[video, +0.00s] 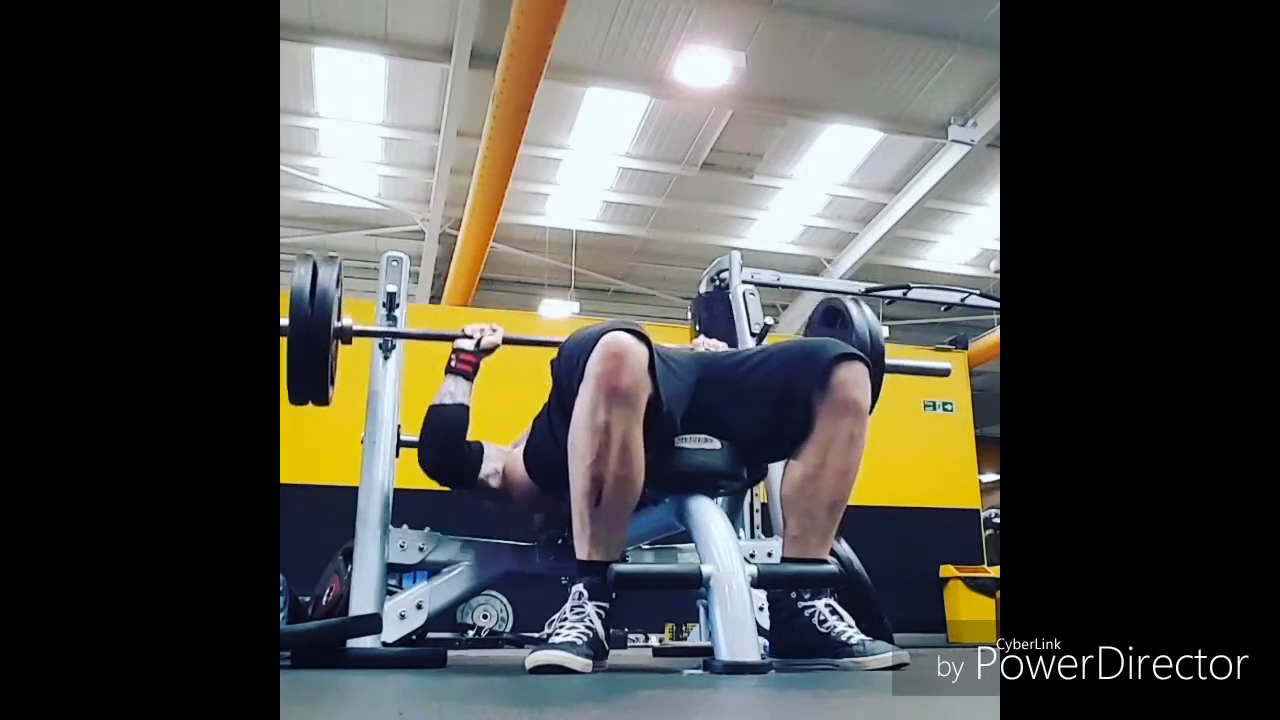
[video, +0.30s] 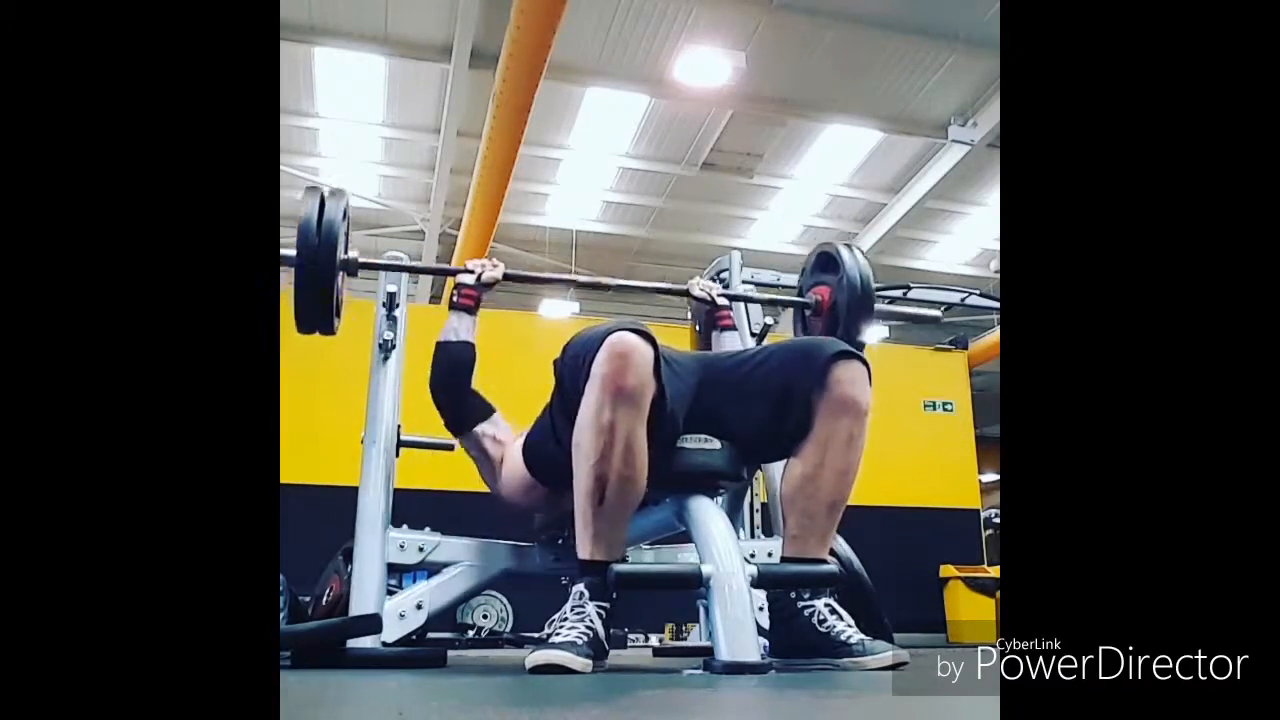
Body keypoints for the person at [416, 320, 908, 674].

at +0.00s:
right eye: (489, 476)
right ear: (499, 481)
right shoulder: (518, 472)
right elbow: (441, 452)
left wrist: (728, 356)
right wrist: (464, 361)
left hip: (701, 375)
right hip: (623, 358)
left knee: (845, 374)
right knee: (617, 355)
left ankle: (801, 607)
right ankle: (587, 604)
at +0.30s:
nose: (494, 437)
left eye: (496, 439)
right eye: (489, 447)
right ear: (496, 467)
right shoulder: (520, 474)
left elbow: (728, 393)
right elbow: (452, 393)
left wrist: (717, 328)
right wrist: (466, 297)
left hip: (686, 386)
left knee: (843, 375)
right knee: (624, 354)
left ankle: (800, 610)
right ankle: (586, 606)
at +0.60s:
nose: (500, 427)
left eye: (502, 427)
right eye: (493, 433)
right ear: (504, 455)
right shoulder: (527, 463)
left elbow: (718, 364)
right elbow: (476, 371)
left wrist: (711, 290)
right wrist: (468, 272)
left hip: (703, 383)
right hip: (627, 363)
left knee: (844, 373)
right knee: (618, 351)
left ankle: (799, 605)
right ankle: (585, 605)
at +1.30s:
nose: (489, 486)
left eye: (481, 481)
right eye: (483, 493)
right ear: (493, 513)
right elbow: (446, 486)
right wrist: (462, 402)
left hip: (710, 375)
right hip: (630, 363)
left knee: (849, 374)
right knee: (623, 358)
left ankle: (802, 607)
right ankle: (587, 606)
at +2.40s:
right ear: (498, 477)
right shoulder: (515, 475)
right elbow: (434, 470)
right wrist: (461, 381)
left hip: (709, 375)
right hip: (631, 360)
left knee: (844, 374)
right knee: (615, 356)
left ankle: (800, 604)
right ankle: (587, 603)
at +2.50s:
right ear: (494, 509)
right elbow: (445, 491)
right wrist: (464, 405)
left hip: (708, 375)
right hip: (633, 359)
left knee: (850, 376)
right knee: (615, 356)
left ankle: (801, 604)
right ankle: (587, 605)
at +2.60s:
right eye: (500, 505)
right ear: (505, 517)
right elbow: (446, 503)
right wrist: (465, 413)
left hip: (707, 375)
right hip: (631, 361)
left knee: (852, 376)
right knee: (621, 358)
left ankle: (801, 605)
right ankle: (587, 605)